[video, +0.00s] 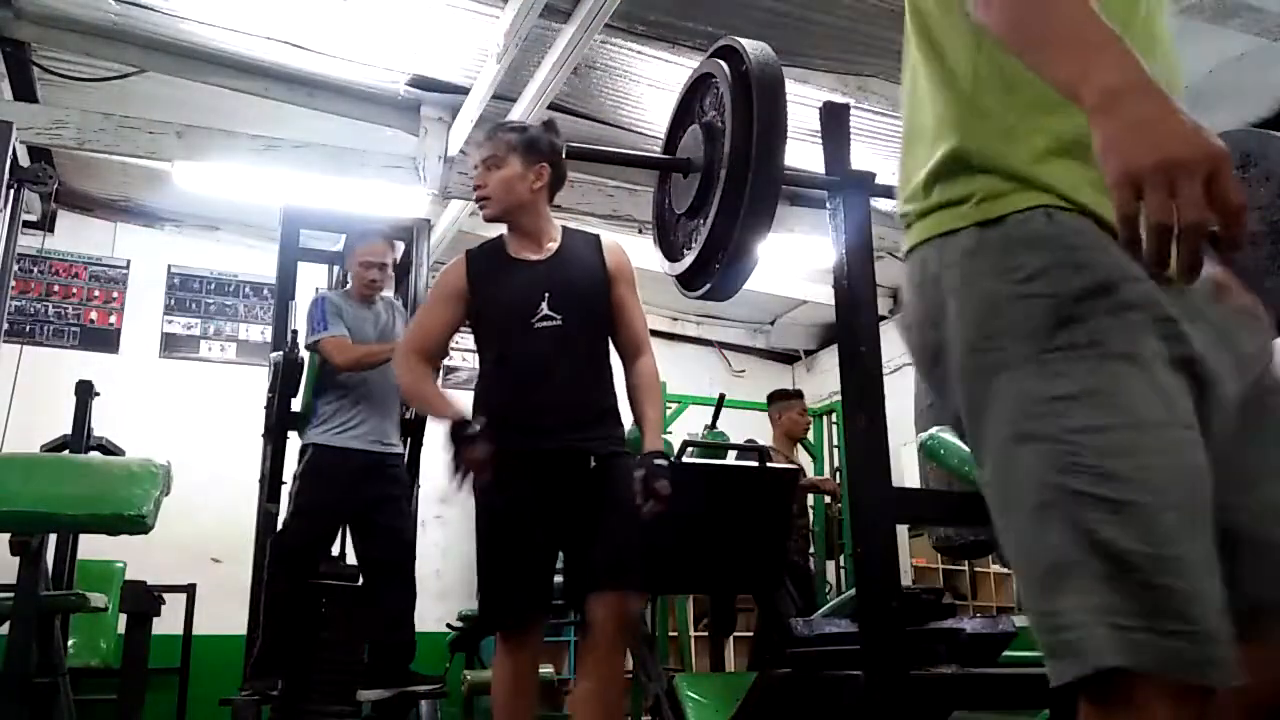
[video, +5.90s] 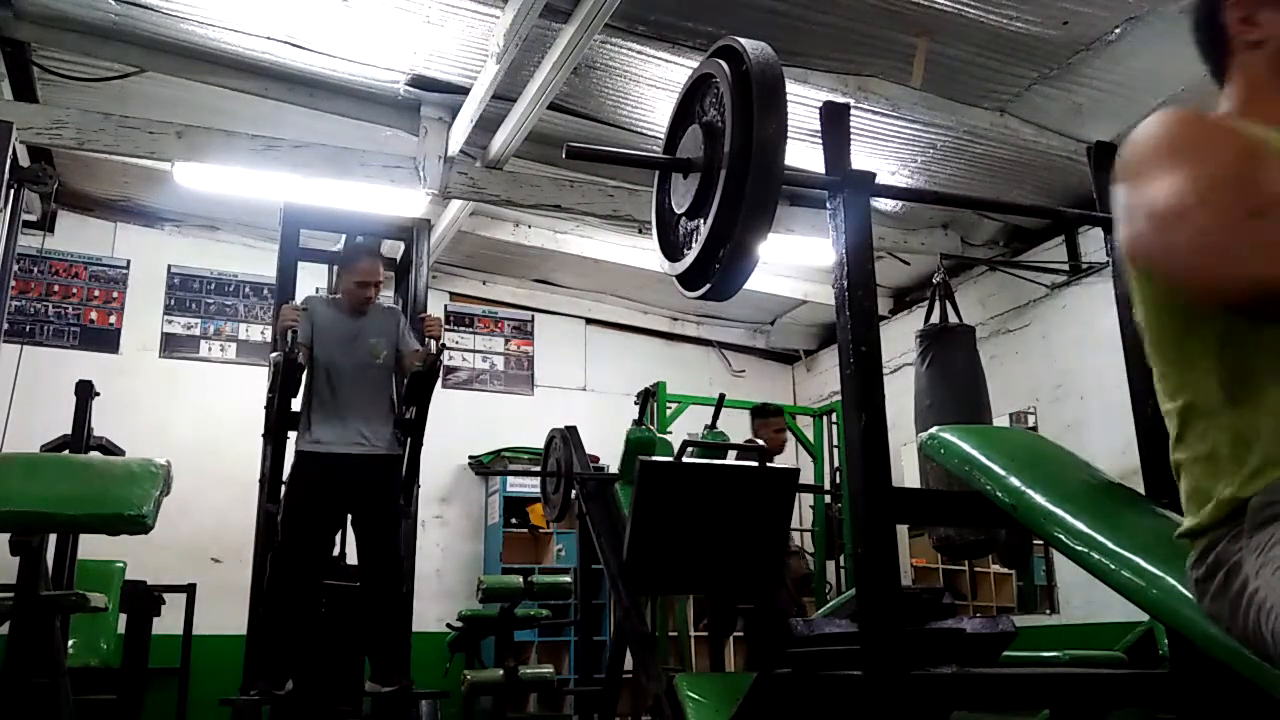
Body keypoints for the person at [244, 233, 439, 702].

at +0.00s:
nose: (377, 274)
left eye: (385, 267)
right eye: (368, 265)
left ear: (392, 269)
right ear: (348, 266)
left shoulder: (398, 315)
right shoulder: (328, 304)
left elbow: (415, 369)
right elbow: (342, 357)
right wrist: (405, 347)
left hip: (384, 458)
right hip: (329, 454)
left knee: (393, 574)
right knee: (293, 562)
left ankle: (390, 681)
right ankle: (271, 673)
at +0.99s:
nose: (349, 280)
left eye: (359, 272)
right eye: (343, 272)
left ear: (379, 271)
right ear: (335, 272)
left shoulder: (401, 313)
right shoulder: (321, 310)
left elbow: (421, 372)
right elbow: (315, 355)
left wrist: (427, 342)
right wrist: (345, 313)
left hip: (381, 458)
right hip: (321, 455)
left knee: (390, 572)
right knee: (292, 564)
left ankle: (396, 672)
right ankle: (279, 670)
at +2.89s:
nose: (366, 278)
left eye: (374, 271)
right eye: (358, 270)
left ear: (386, 276)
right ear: (344, 274)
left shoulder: (403, 316)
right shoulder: (322, 308)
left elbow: (415, 378)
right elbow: (297, 357)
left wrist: (428, 342)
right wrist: (286, 328)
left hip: (379, 453)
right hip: (321, 449)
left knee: (383, 568)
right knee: (297, 561)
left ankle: (384, 670)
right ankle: (282, 670)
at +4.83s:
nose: (344, 296)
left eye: (352, 288)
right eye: (337, 287)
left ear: (374, 283)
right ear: (330, 280)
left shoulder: (398, 317)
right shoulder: (320, 314)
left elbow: (418, 376)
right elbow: (287, 350)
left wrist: (431, 349)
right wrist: (278, 318)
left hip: (376, 456)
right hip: (317, 454)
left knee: (383, 571)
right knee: (296, 566)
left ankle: (387, 672)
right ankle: (279, 672)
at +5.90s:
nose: (372, 292)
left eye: (377, 284)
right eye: (364, 284)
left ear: (383, 282)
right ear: (341, 279)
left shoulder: (391, 318)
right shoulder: (312, 313)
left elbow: (414, 372)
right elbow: (292, 369)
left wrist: (430, 346)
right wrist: (284, 337)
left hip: (377, 459)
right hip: (318, 456)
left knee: (383, 572)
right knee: (297, 567)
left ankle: (385, 673)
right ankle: (279, 672)